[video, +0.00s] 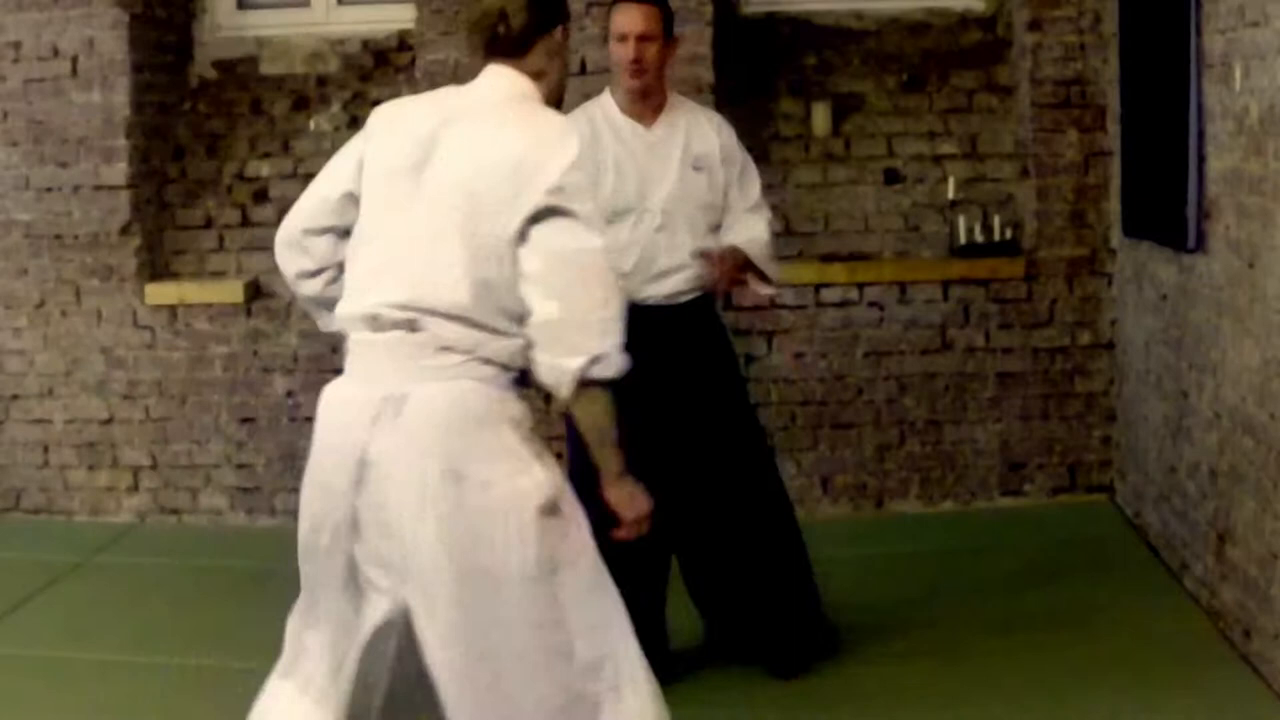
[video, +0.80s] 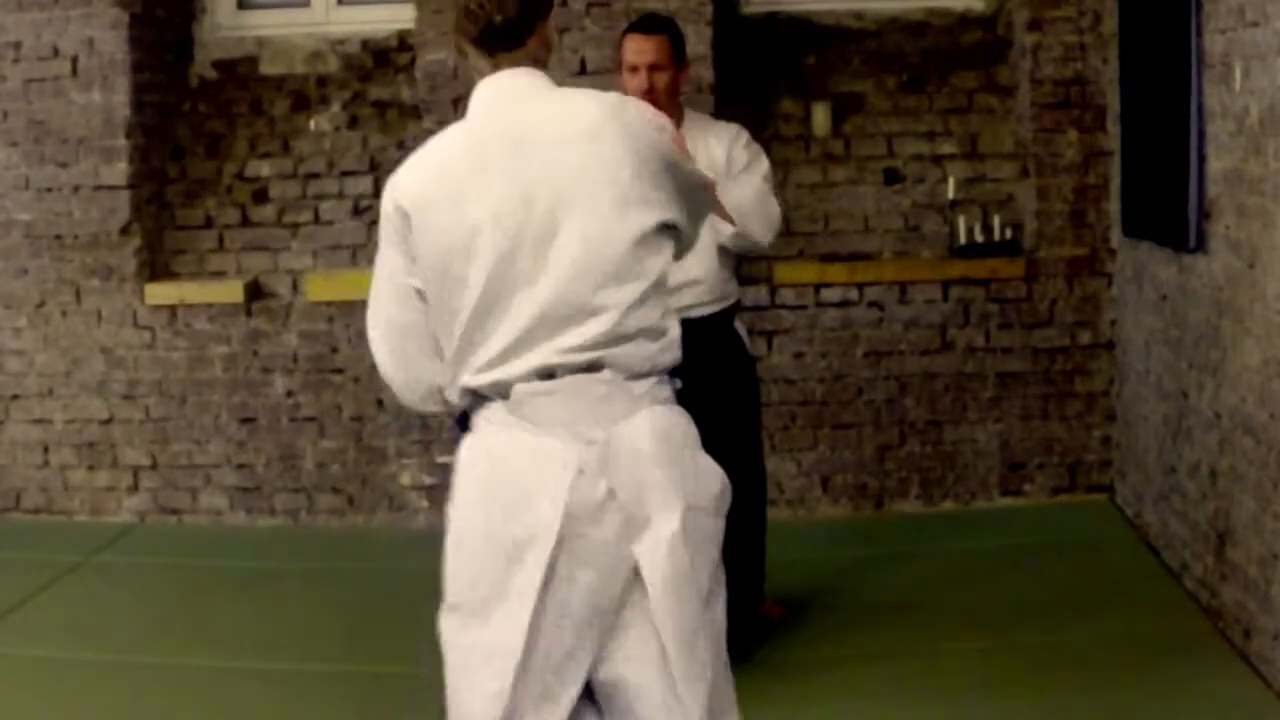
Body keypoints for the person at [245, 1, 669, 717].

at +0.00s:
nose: (568, 55)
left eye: (565, 39)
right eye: (566, 39)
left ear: (484, 41)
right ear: (550, 41)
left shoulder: (392, 121)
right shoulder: (550, 144)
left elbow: (301, 245)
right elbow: (573, 335)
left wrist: (377, 332)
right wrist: (614, 475)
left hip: (353, 409)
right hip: (465, 420)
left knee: (330, 655)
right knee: (537, 666)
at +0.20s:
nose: (579, 32)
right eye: (575, 20)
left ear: (481, 22)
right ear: (554, 22)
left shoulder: (393, 103)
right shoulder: (598, 121)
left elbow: (294, 227)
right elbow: (675, 297)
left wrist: (411, 250)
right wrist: (695, 403)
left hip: (407, 410)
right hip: (546, 411)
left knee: (411, 677)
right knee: (615, 673)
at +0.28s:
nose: (562, 29)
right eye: (558, 21)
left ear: (460, 26)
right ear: (540, 25)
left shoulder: (382, 105)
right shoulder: (597, 121)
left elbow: (296, 233)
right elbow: (699, 297)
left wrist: (385, 251)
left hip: (425, 413)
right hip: (570, 412)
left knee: (436, 682)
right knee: (602, 678)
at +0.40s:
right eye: (526, 16)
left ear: (427, 26)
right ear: (515, 21)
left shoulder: (363, 130)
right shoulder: (581, 121)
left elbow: (315, 293)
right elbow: (692, 275)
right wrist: (580, 275)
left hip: (438, 434)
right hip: (584, 421)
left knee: (453, 681)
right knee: (615, 672)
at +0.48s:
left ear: (423, 31)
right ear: (507, 23)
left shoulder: (358, 142)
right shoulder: (579, 115)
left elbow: (325, 318)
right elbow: (663, 252)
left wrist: (426, 333)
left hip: (446, 438)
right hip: (596, 428)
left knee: (460, 691)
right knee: (634, 678)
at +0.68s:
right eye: (525, 11)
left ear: (435, 27)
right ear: (524, 16)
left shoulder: (391, 157)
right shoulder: (611, 117)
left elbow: (376, 348)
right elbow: (662, 194)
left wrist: (460, 378)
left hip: (471, 446)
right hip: (617, 433)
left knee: (482, 698)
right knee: (656, 691)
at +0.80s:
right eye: (554, 17)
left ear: (460, 39)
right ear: (548, 25)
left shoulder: (417, 181)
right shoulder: (631, 126)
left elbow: (410, 374)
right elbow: (690, 216)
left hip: (512, 458)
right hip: (649, 442)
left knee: (506, 696)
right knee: (671, 693)